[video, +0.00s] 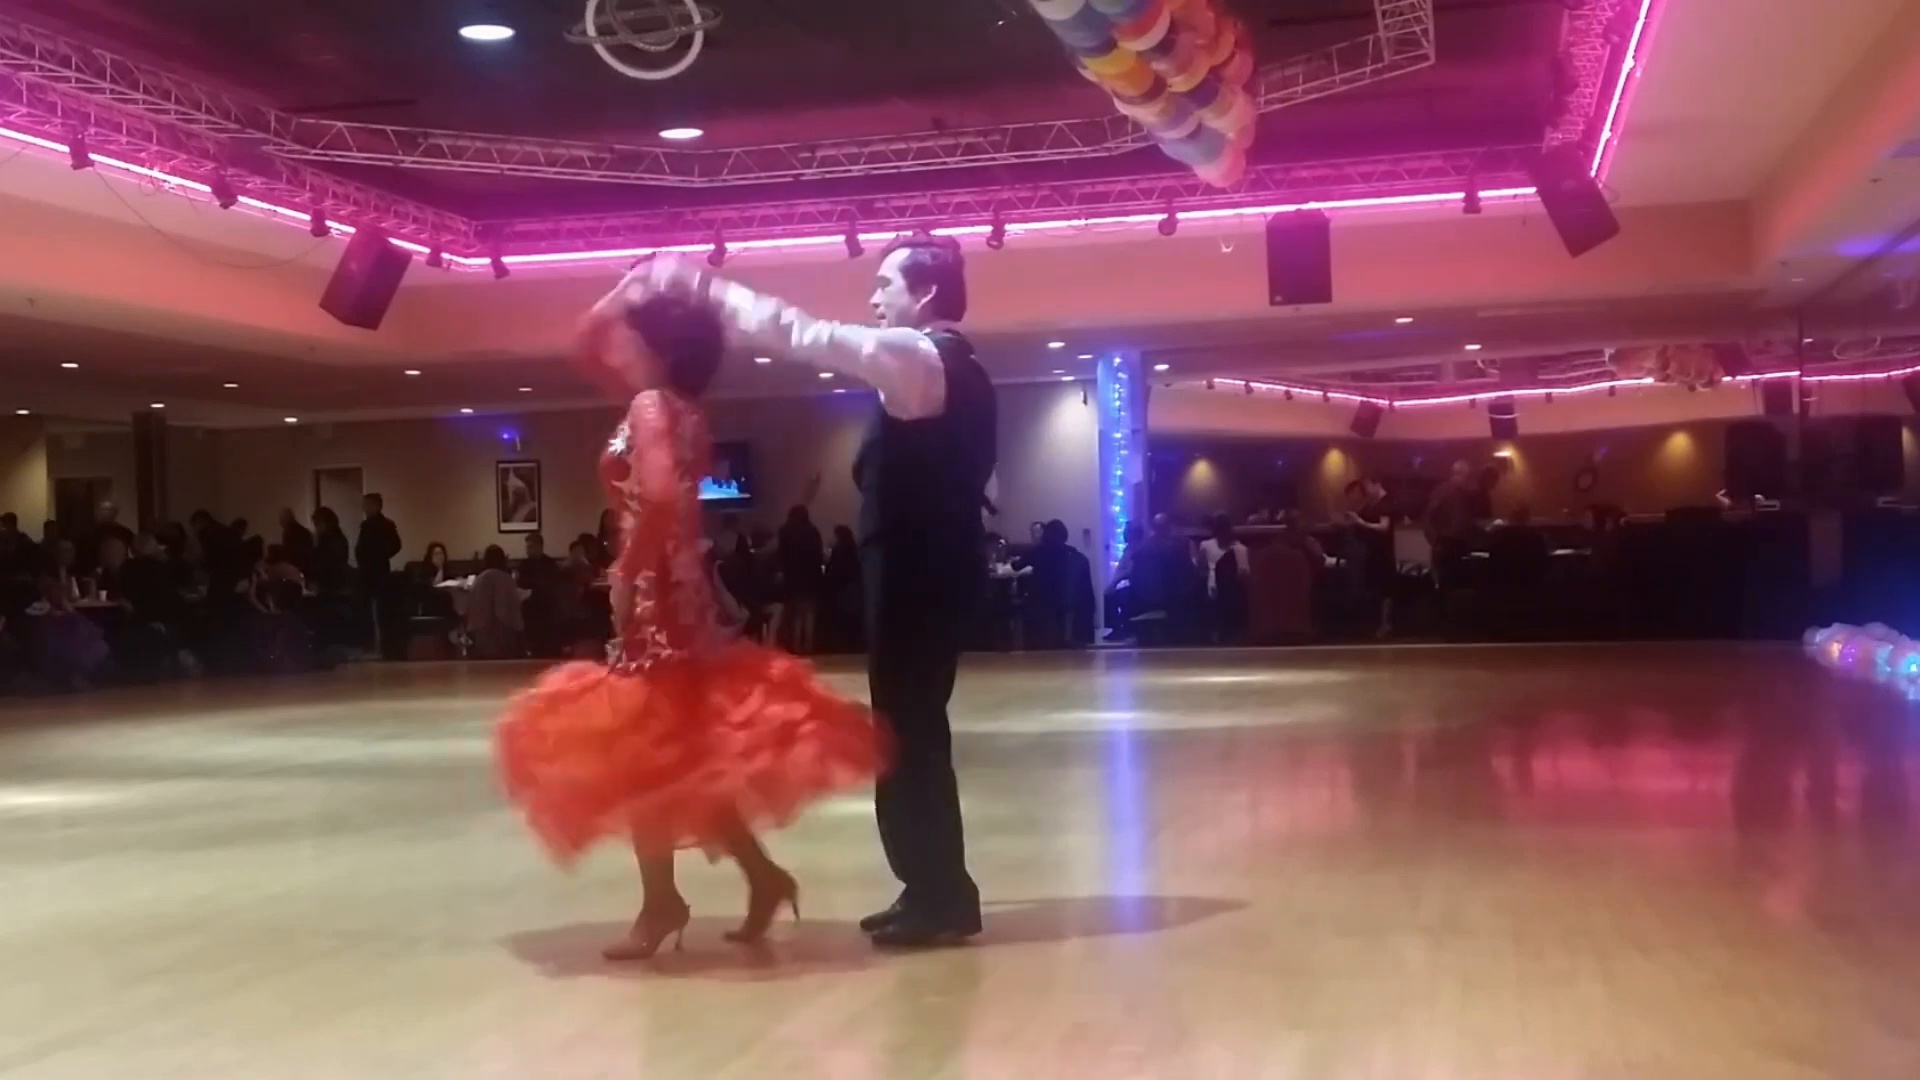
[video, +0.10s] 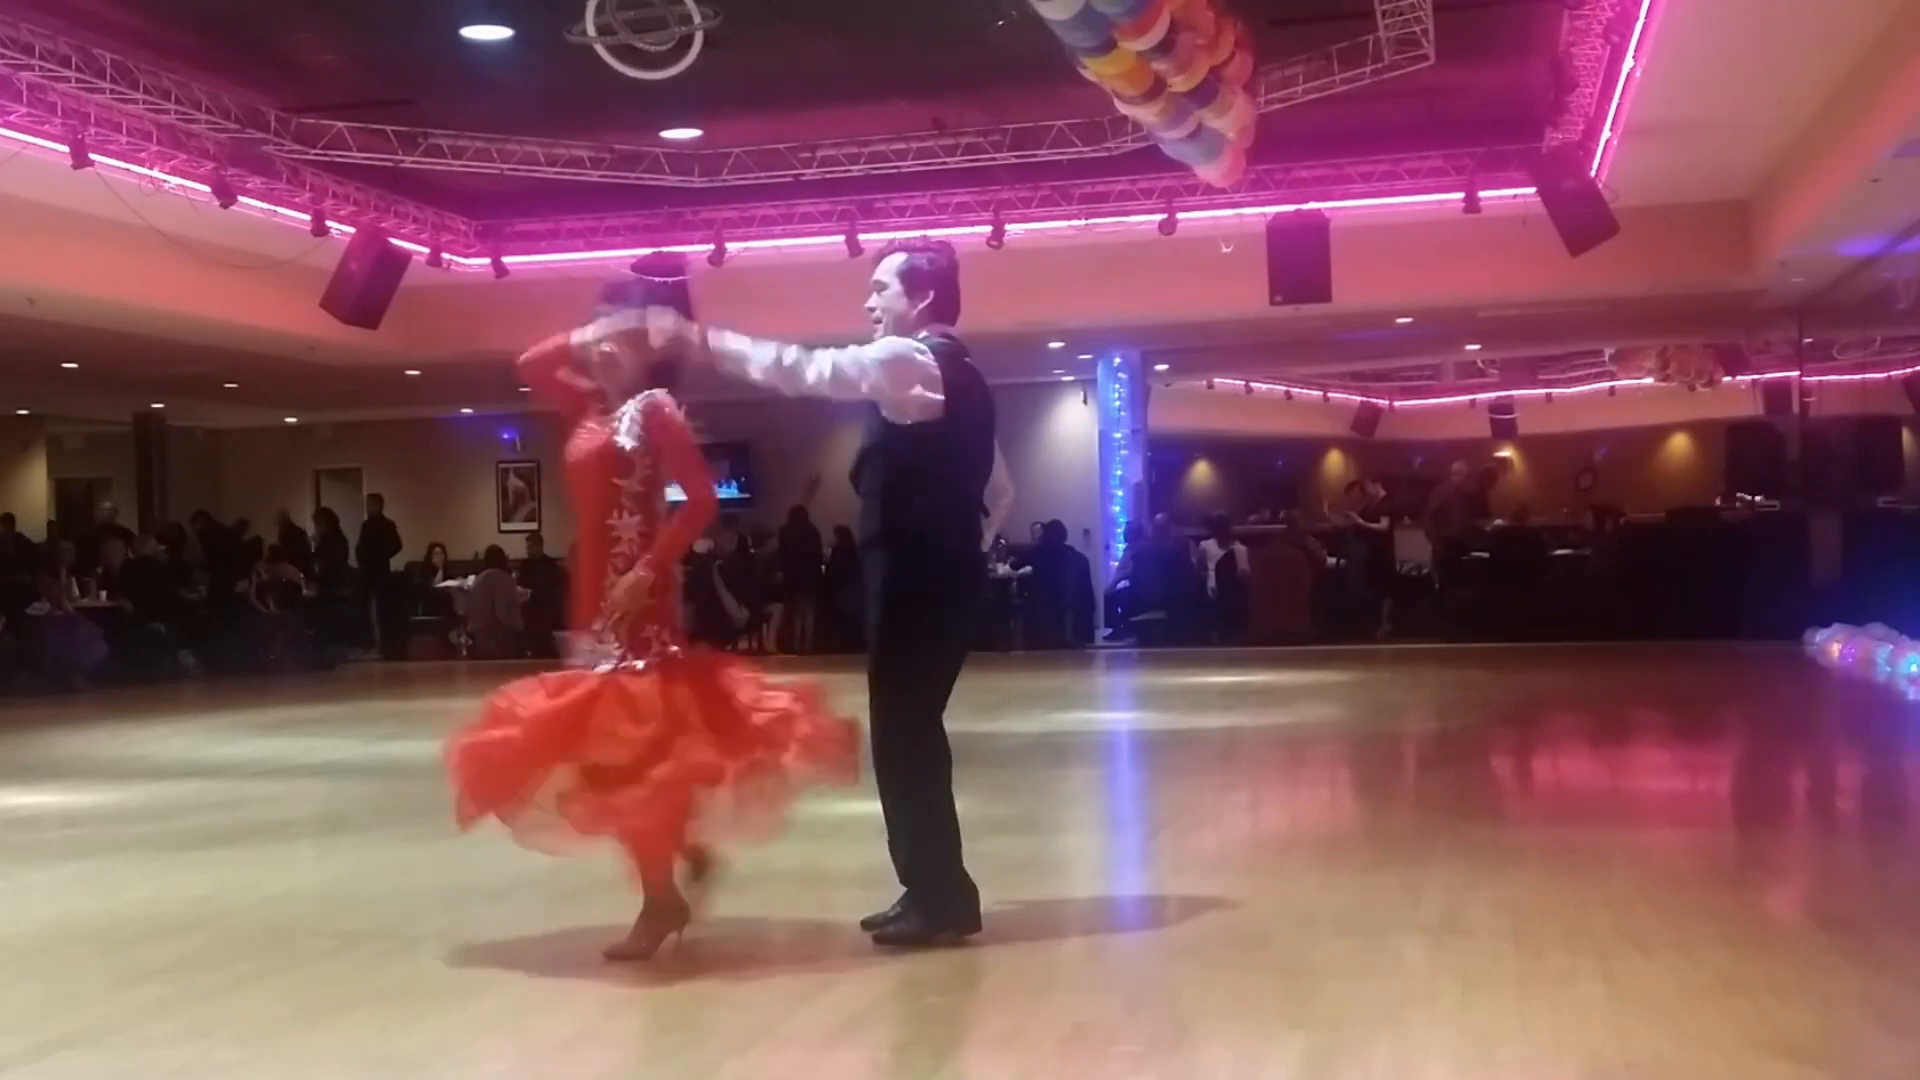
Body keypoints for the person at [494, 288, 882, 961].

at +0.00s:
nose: (622, 348)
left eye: (630, 338)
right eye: (623, 336)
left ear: (654, 348)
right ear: (678, 350)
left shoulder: (651, 406)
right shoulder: (676, 408)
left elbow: (659, 497)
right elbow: (593, 347)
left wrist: (631, 575)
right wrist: (626, 291)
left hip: (656, 597)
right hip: (677, 593)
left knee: (641, 753)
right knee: (683, 753)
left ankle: (660, 899)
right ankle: (763, 875)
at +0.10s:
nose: (602, 351)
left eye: (617, 339)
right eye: (597, 341)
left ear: (650, 349)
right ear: (593, 353)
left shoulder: (656, 411)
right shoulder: (593, 412)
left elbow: (701, 502)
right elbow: (531, 365)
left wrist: (647, 571)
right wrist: (589, 337)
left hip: (639, 605)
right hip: (598, 602)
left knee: (632, 754)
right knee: (622, 748)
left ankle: (661, 896)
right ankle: (690, 846)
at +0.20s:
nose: (581, 340)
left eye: (595, 328)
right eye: (571, 328)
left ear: (621, 338)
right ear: (553, 337)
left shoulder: (643, 408)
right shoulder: (540, 408)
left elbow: (701, 497)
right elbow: (520, 384)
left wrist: (655, 569)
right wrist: (597, 377)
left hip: (618, 590)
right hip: (552, 589)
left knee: (637, 744)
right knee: (558, 748)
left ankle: (657, 899)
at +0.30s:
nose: (556, 337)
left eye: (566, 327)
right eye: (541, 326)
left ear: (583, 342)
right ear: (513, 338)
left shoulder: (603, 416)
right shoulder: (496, 404)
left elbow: (637, 503)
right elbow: (535, 423)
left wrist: (640, 560)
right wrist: (609, 425)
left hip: (592, 597)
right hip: (523, 599)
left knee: (626, 737)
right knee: (530, 756)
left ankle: (638, 898)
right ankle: (475, 905)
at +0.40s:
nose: (537, 343)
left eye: (539, 331)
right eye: (521, 332)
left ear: (540, 341)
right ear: (482, 343)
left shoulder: (537, 419)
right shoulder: (470, 409)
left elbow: (553, 524)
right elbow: (546, 455)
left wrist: (595, 576)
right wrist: (653, 446)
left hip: (548, 606)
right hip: (496, 610)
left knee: (583, 747)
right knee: (511, 767)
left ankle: (583, 894)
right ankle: (462, 913)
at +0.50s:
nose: (510, 345)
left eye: (506, 332)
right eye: (498, 333)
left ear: (463, 344)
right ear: (461, 344)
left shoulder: (473, 413)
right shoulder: (458, 412)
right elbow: (557, 449)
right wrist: (655, 443)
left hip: (490, 607)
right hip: (474, 612)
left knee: (525, 754)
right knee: (511, 758)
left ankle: (492, 898)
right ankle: (464, 913)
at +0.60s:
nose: (486, 343)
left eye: (481, 330)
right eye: (475, 331)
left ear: (416, 348)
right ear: (447, 343)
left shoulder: (415, 420)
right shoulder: (457, 407)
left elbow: (389, 520)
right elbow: (564, 437)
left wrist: (412, 591)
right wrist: (665, 433)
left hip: (430, 608)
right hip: (460, 607)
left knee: (476, 760)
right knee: (490, 762)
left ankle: (445, 903)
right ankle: (460, 916)